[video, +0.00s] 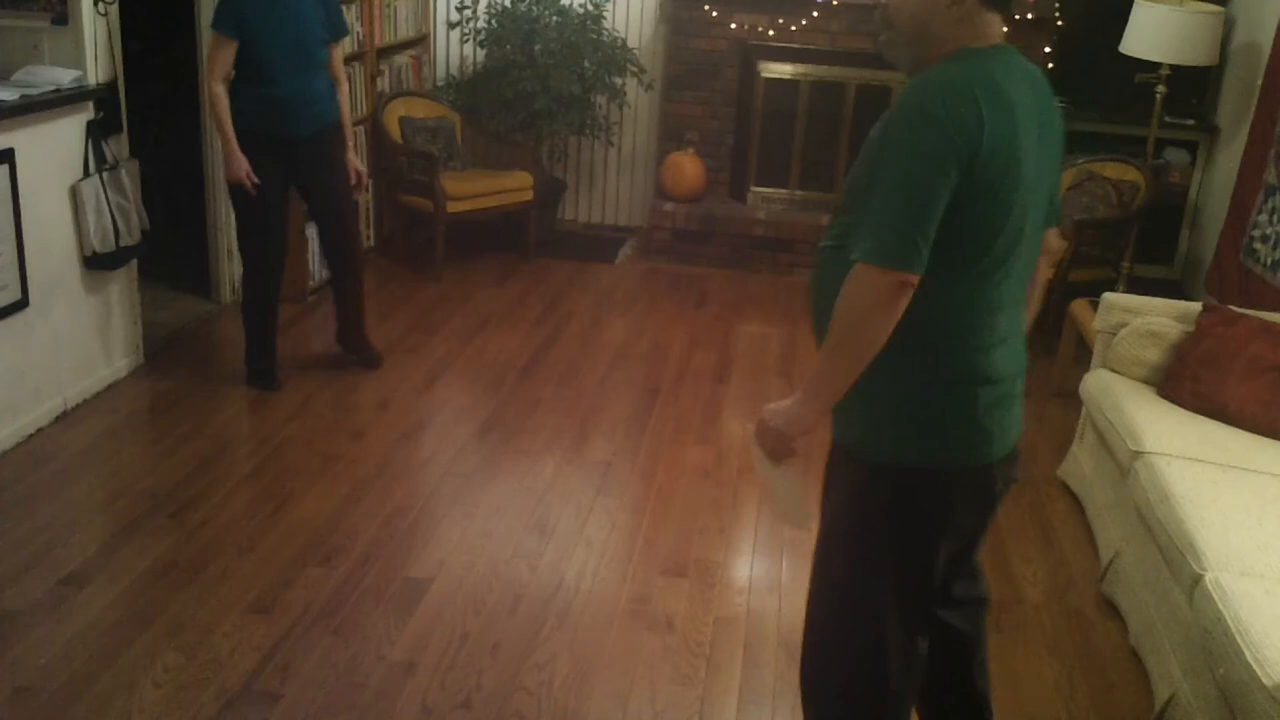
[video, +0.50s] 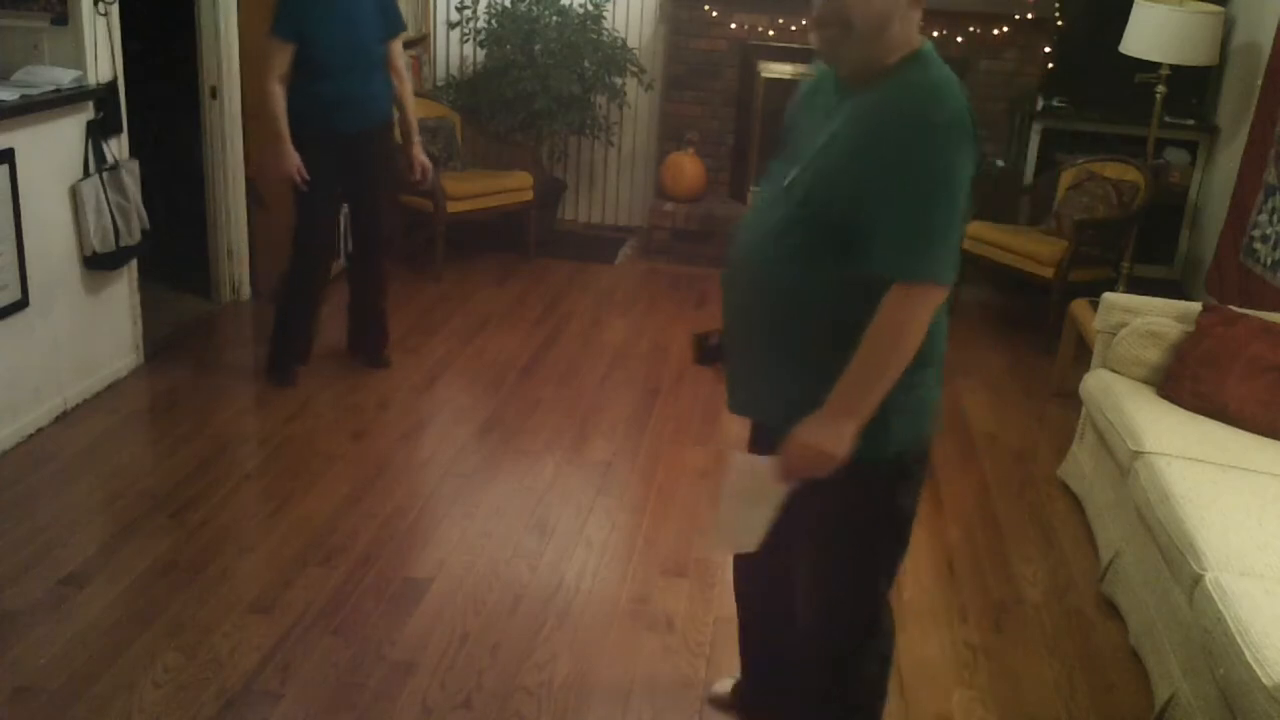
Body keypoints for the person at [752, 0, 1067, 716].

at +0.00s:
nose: (878, 14)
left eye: (891, 0)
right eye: (880, 3)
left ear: (950, 2)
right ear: (972, 8)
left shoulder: (938, 100)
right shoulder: (1029, 90)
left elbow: (888, 277)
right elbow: (1044, 243)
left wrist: (805, 404)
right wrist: (1002, 342)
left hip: (905, 440)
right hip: (982, 432)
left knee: (857, 643)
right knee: (947, 609)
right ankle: (958, 713)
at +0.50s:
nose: (818, 10)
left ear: (907, 8)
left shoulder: (928, 107)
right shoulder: (822, 89)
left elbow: (922, 283)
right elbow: (794, 234)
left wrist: (839, 417)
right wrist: (750, 340)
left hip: (870, 430)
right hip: (790, 401)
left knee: (837, 608)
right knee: (768, 574)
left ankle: (831, 710)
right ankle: (767, 690)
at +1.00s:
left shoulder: (914, 87)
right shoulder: (720, 75)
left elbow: (952, 225)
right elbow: (681, 201)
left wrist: (972, 350)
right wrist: (667, 323)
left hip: (862, 375)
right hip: (752, 363)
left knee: (839, 556)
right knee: (759, 533)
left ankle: (817, 705)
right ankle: (768, 670)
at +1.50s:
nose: (833, 5)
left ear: (884, 2)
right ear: (796, 2)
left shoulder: (937, 82)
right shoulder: (748, 75)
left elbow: (977, 226)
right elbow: (714, 206)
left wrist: (957, 349)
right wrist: (697, 325)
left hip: (899, 380)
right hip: (780, 374)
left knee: (927, 567)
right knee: (783, 544)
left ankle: (956, 706)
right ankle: (776, 676)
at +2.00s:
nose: (972, 5)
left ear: (1028, 9)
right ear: (926, 3)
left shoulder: (1077, 113)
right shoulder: (880, 93)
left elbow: (1125, 266)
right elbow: (845, 222)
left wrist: (1132, 404)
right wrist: (807, 333)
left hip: (1000, 430)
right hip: (877, 403)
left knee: (976, 630)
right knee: (828, 577)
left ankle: (979, 718)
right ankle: (793, 690)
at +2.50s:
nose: (970, 13)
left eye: (996, 2)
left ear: (1038, 14)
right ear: (934, 2)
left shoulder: (1063, 121)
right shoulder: (904, 75)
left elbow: (1062, 293)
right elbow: (864, 215)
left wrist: (989, 425)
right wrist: (824, 326)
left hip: (967, 430)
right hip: (863, 404)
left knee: (954, 620)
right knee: (842, 604)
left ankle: (964, 714)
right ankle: (845, 709)